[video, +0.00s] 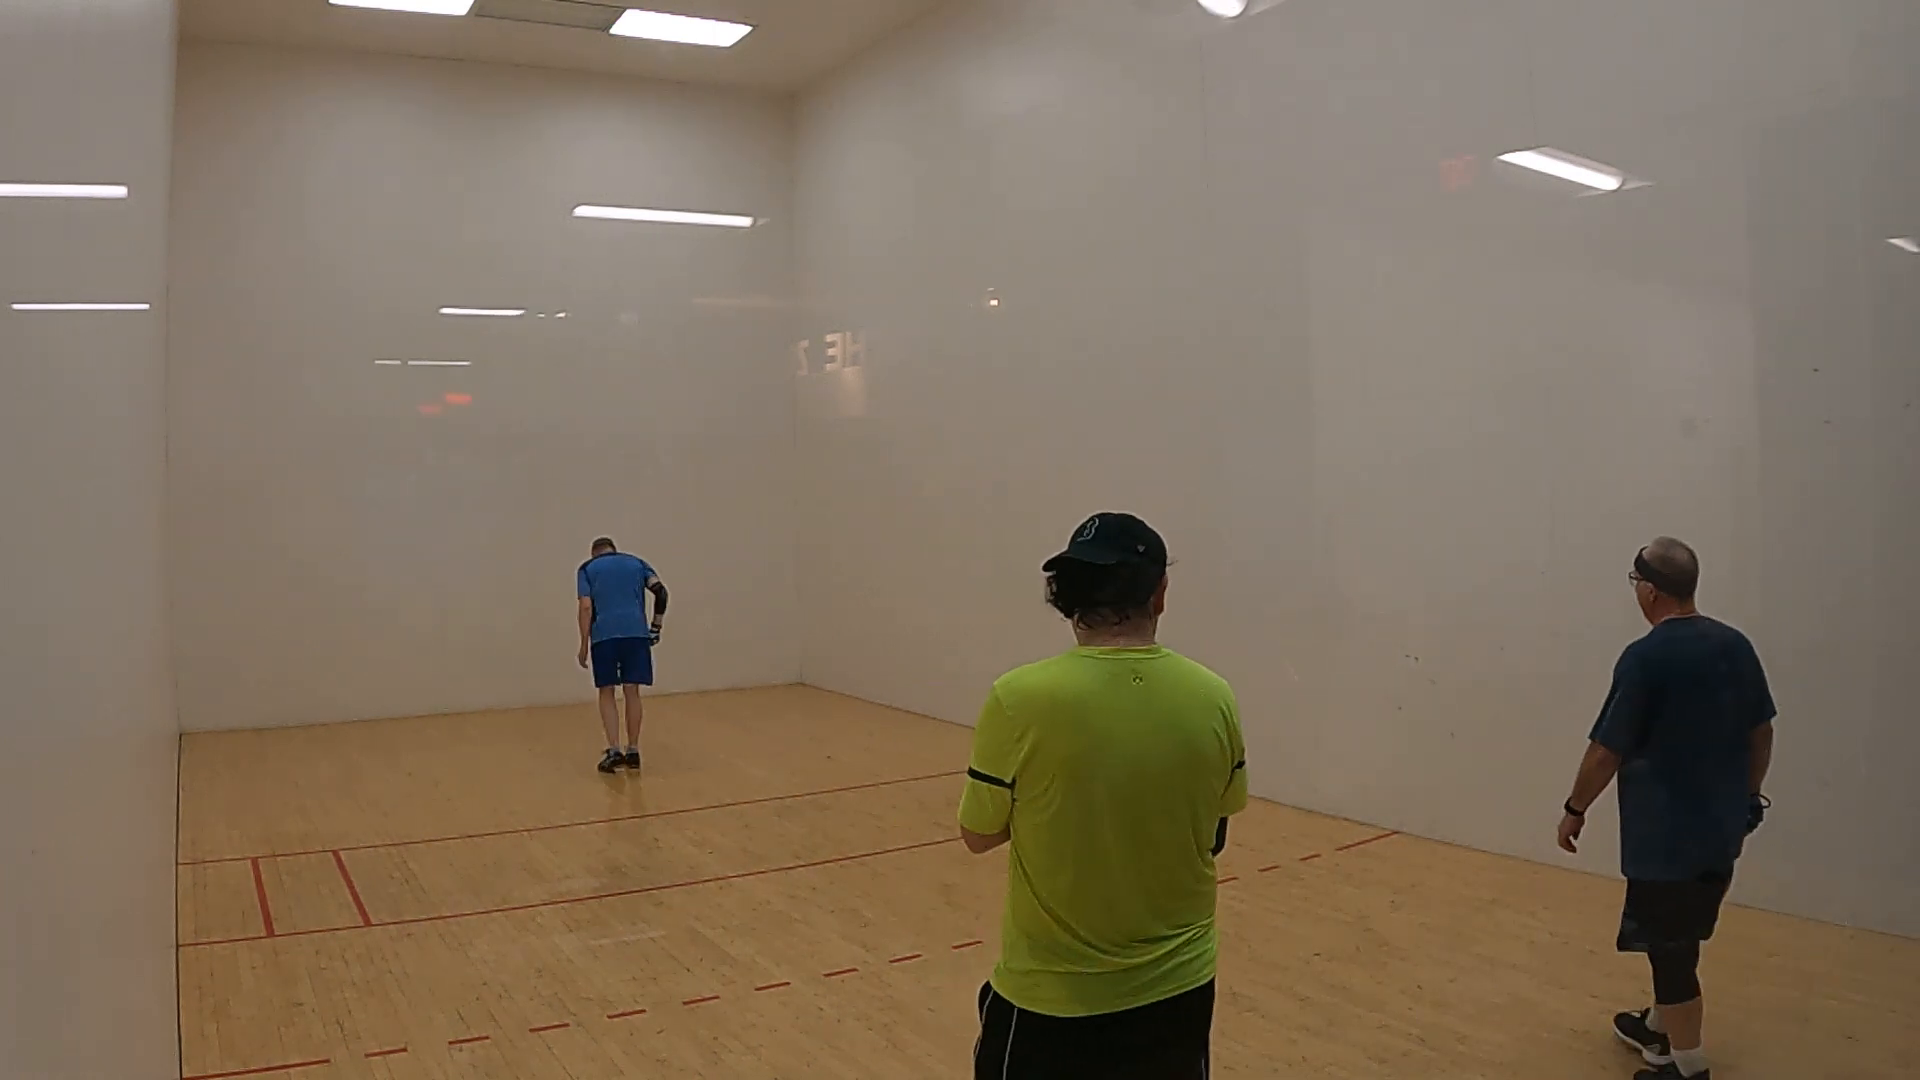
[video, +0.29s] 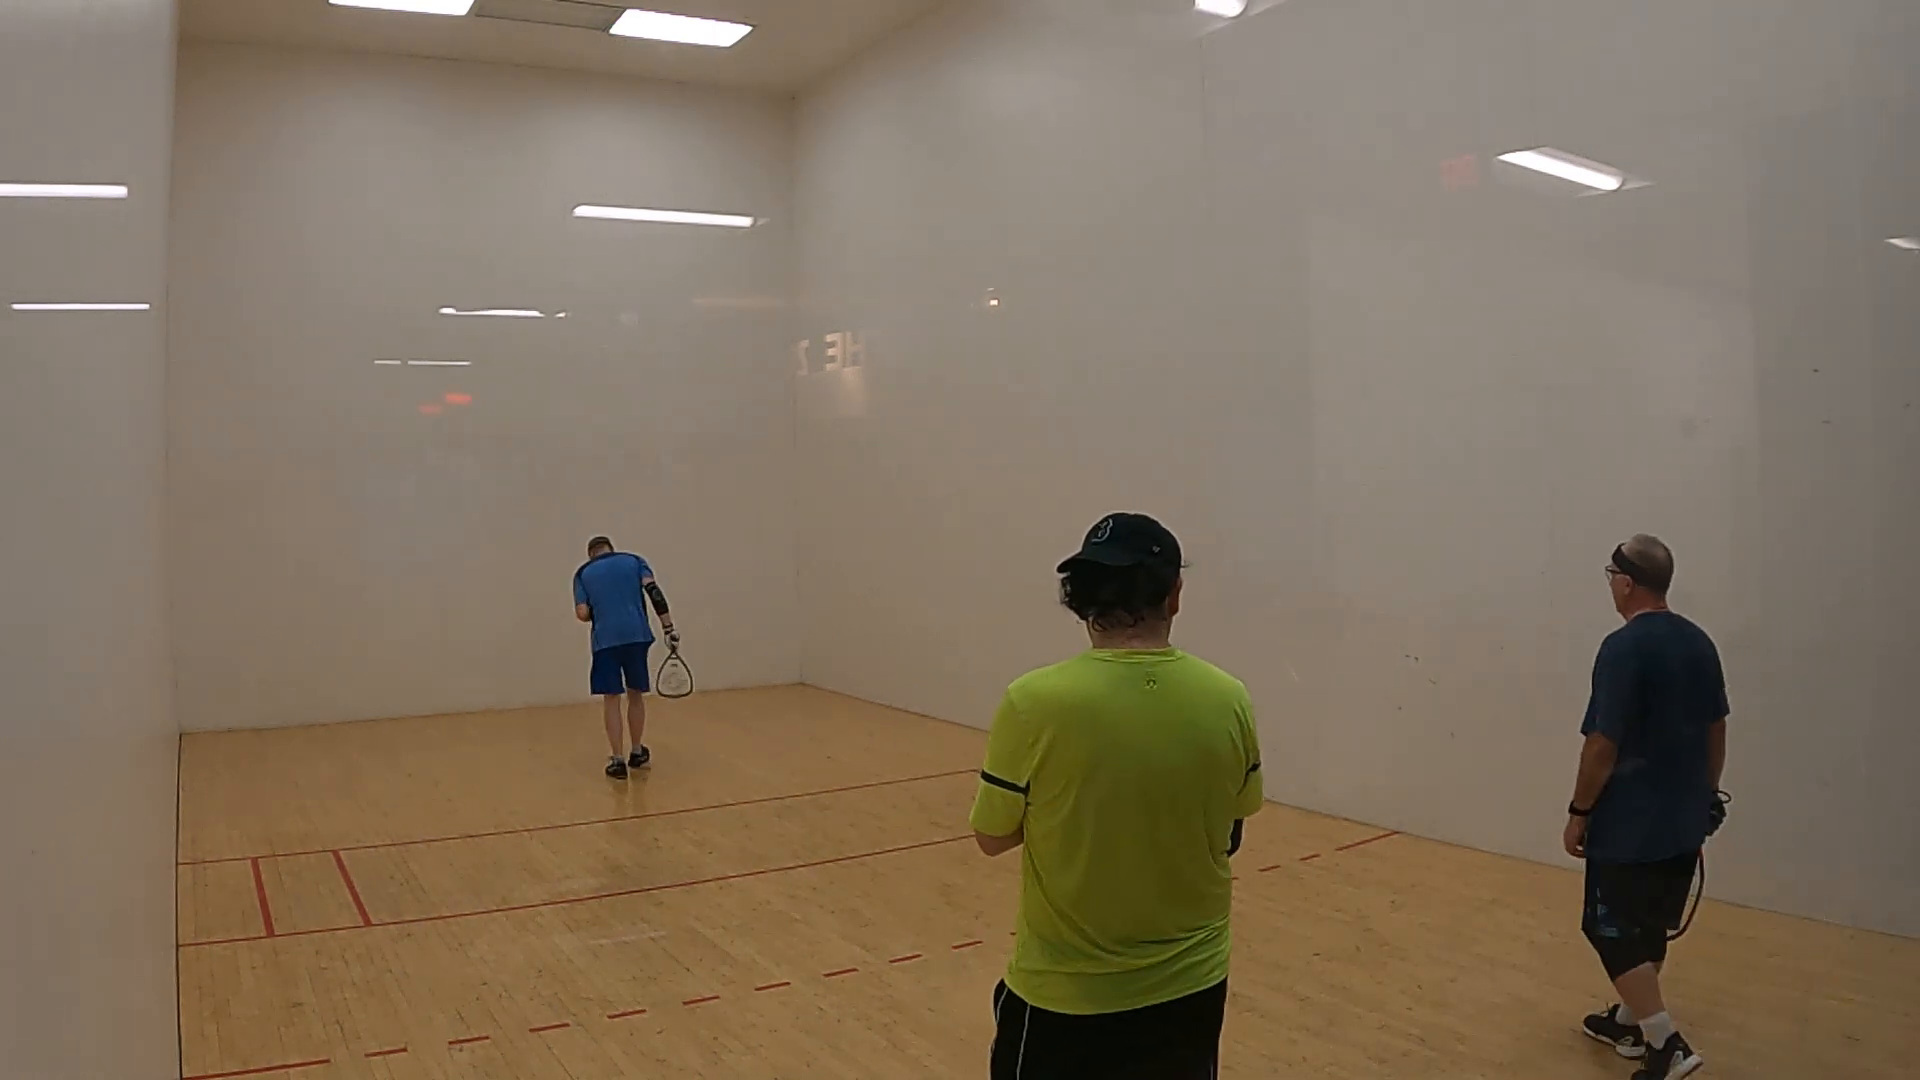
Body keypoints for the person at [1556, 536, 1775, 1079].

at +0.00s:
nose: (1635, 592)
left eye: (1637, 584)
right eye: (1637, 583)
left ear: (1649, 591)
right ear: (1691, 587)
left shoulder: (1644, 657)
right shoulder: (1735, 646)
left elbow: (1607, 750)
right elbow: (1761, 733)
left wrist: (1575, 808)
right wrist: (1748, 801)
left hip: (1662, 835)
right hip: (1721, 829)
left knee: (1672, 947)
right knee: (1677, 931)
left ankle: (1686, 1065)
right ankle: (1662, 1024)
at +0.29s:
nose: (1610, 584)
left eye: (1612, 576)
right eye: (1611, 575)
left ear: (1626, 582)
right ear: (1663, 583)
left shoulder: (1622, 646)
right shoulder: (1699, 643)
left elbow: (1602, 741)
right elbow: (1716, 727)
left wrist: (1579, 811)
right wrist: (1707, 797)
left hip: (1630, 819)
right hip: (1685, 818)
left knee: (1607, 922)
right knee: (1652, 919)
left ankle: (1667, 1045)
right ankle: (1630, 1019)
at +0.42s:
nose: (1595, 582)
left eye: (1597, 573)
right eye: (1597, 572)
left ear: (1611, 578)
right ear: (1647, 580)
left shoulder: (1611, 642)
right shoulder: (1682, 636)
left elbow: (1601, 737)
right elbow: (1699, 716)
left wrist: (1585, 811)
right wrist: (1686, 780)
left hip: (1618, 809)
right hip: (1674, 809)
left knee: (1571, 902)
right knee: (1646, 911)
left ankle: (1630, 1011)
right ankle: (1625, 1017)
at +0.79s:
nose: (1542, 583)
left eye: (1545, 574)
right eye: (1543, 574)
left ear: (1561, 579)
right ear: (1591, 580)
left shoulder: (1561, 641)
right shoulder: (1627, 634)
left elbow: (1553, 735)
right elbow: (1635, 710)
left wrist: (1543, 807)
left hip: (1561, 810)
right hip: (1620, 808)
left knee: (1529, 895)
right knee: (1617, 907)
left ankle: (1525, 1002)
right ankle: (1625, 1017)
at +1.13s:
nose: (1506, 577)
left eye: (1509, 569)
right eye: (1507, 568)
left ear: (1526, 575)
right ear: (1556, 573)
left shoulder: (1524, 634)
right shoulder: (1593, 626)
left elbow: (1502, 721)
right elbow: (1605, 699)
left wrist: (1463, 767)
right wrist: (1592, 753)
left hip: (1531, 786)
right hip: (1585, 778)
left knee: (1517, 884)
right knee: (1567, 864)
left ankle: (1525, 1000)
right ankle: (1606, 966)